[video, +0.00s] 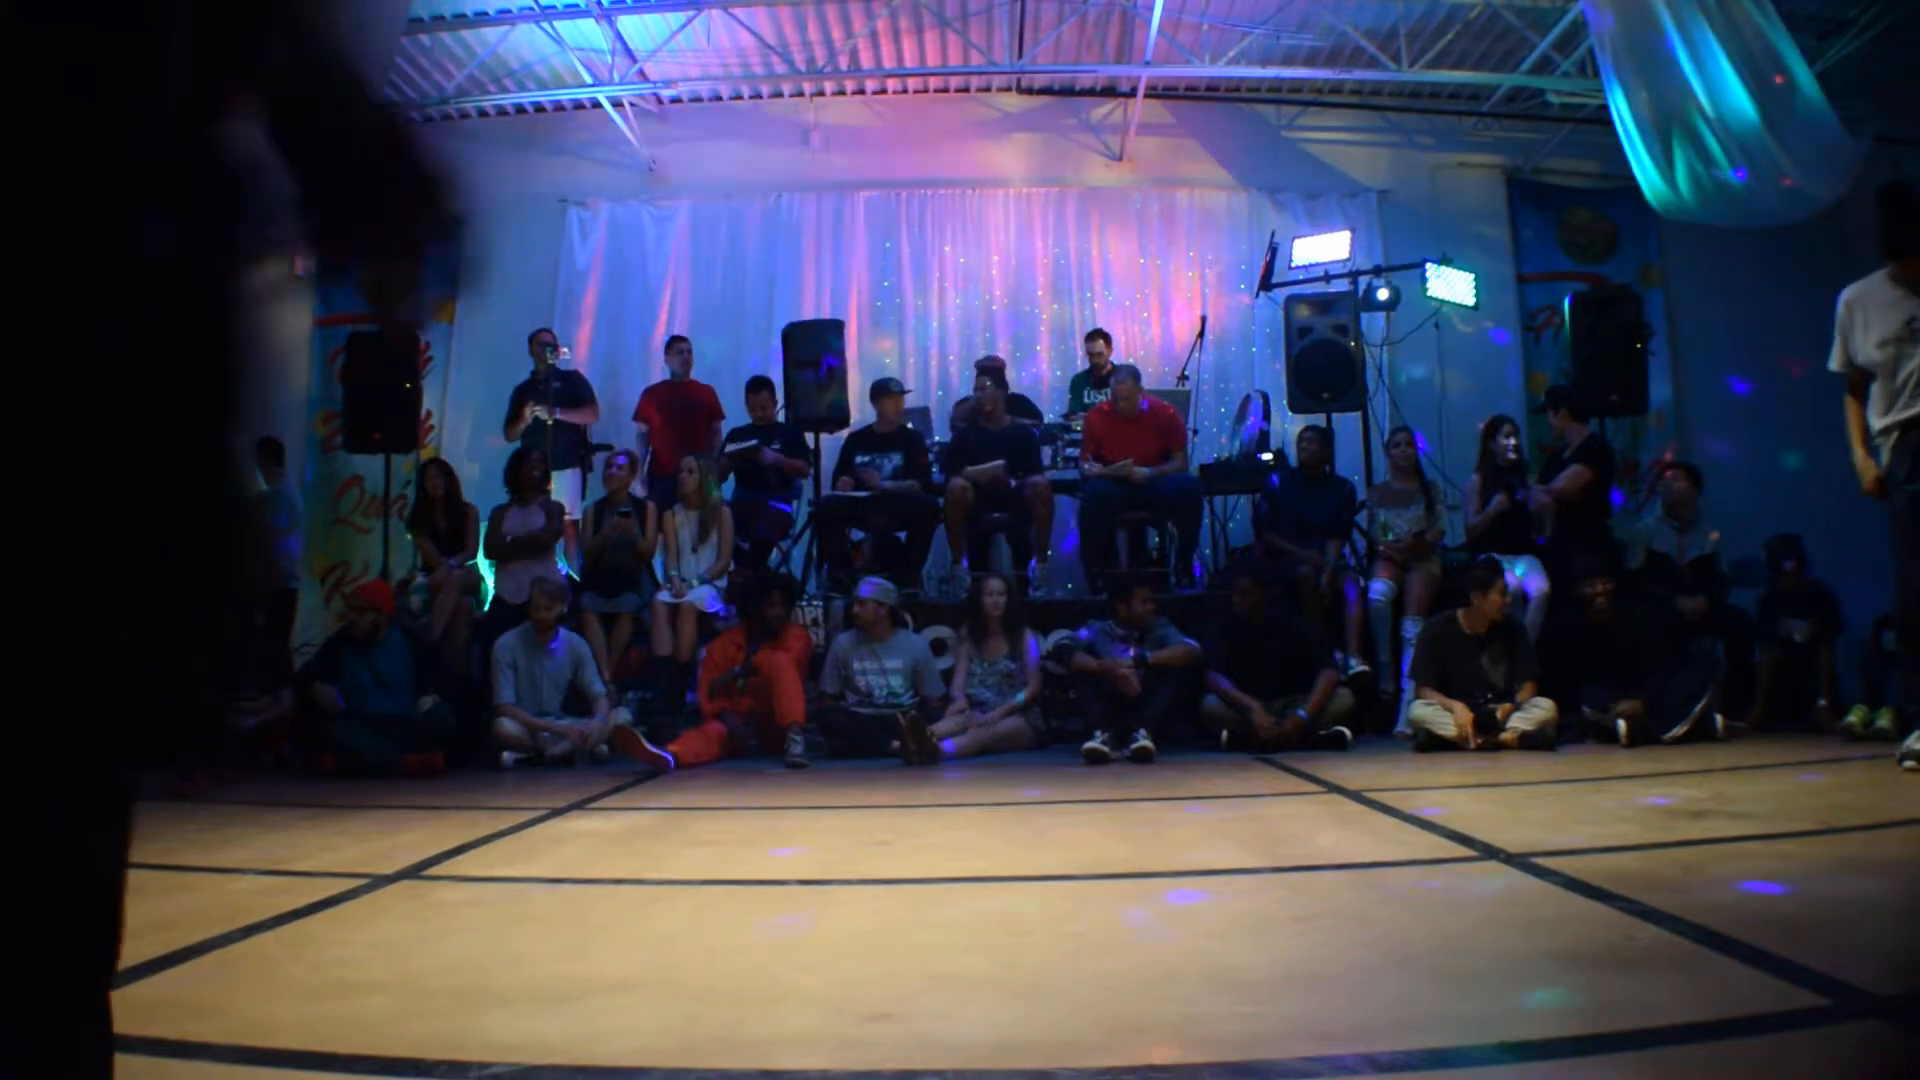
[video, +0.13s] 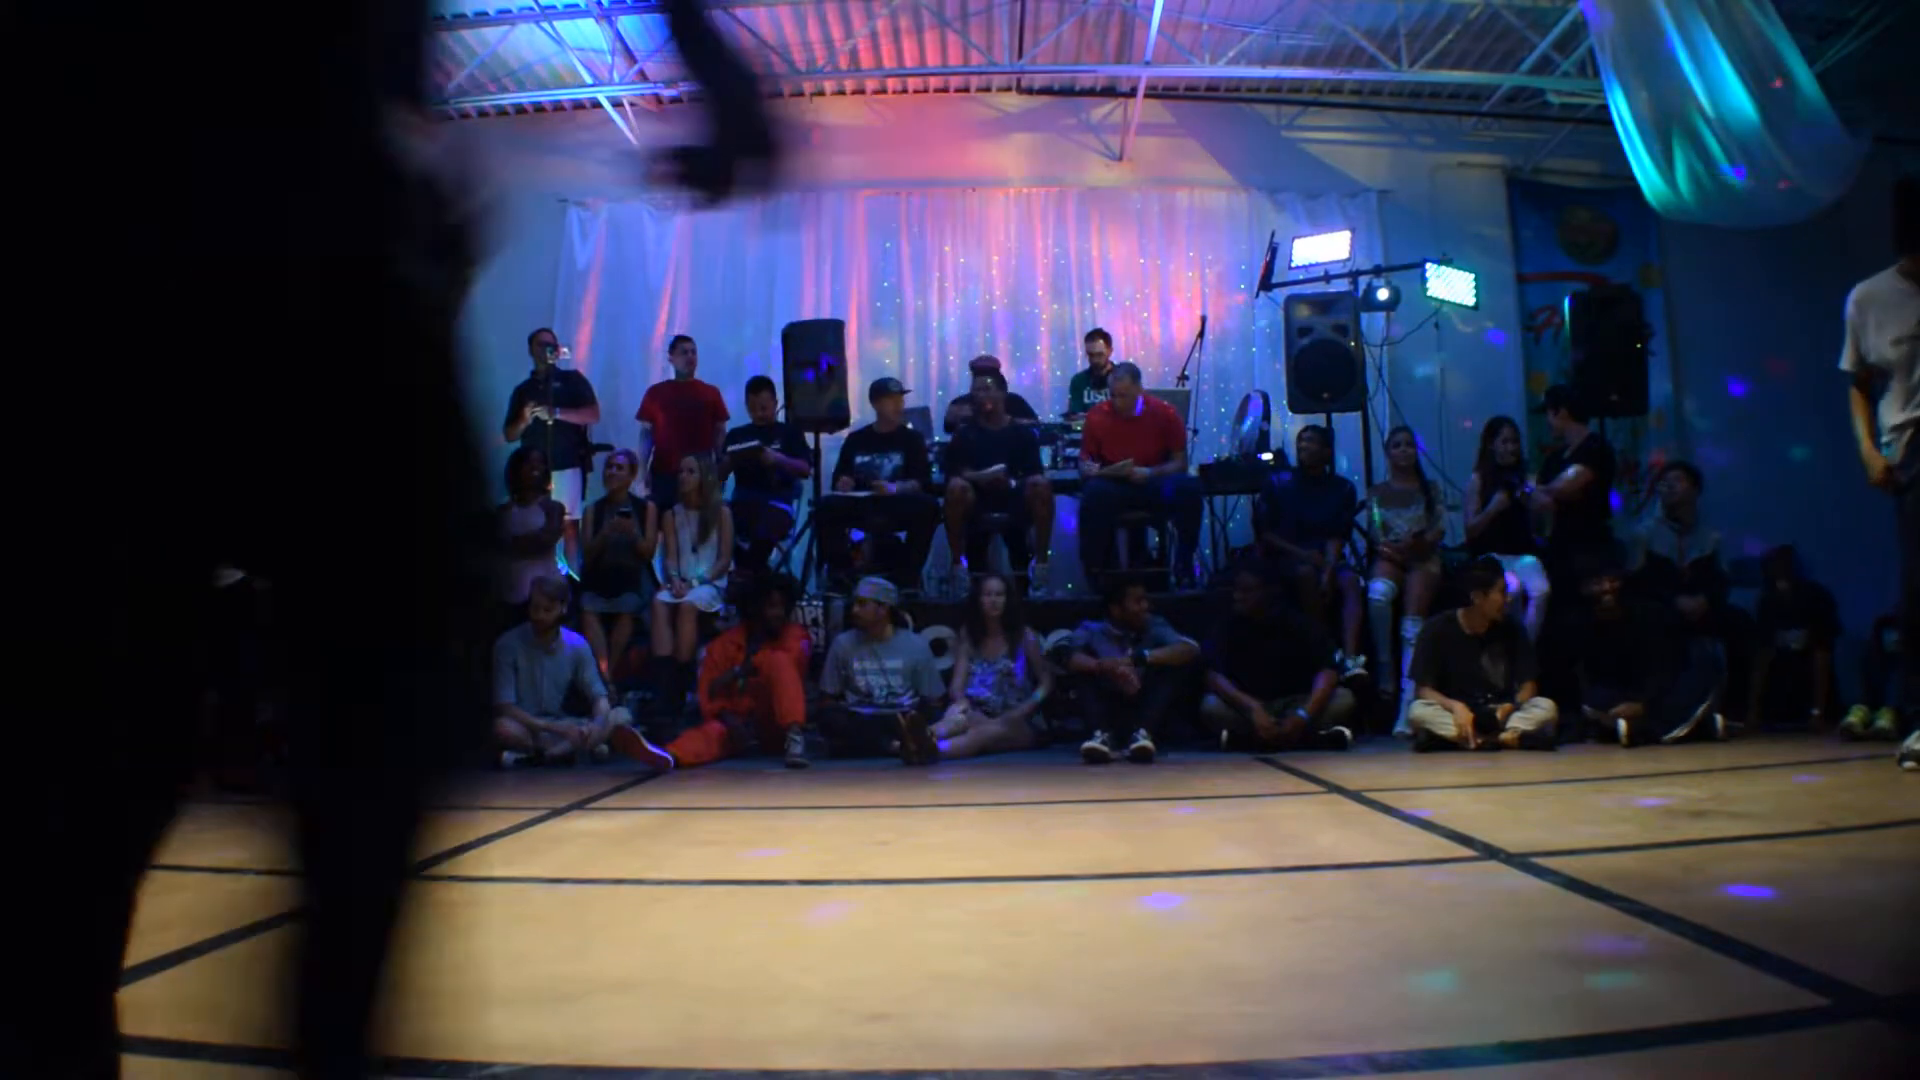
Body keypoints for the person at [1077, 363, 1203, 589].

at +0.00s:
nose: (1122, 405)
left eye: (1127, 399)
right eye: (1117, 399)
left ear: (1140, 392)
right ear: (1111, 393)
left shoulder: (1165, 414)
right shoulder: (1096, 416)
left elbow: (1180, 463)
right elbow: (1086, 464)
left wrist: (1150, 473)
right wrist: (1108, 471)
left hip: (1154, 482)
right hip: (1115, 483)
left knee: (1188, 490)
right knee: (1094, 495)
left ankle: (1184, 568)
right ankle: (1097, 575)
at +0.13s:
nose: (1118, 402)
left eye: (1124, 396)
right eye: (1113, 396)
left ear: (1139, 390)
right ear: (1108, 392)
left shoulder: (1164, 414)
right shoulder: (1097, 416)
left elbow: (1180, 462)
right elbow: (1086, 461)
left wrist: (1150, 473)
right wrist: (1103, 471)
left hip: (1153, 483)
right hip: (1116, 483)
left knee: (1189, 491)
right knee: (1094, 494)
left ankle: (1184, 568)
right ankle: (1096, 574)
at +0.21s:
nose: (1114, 399)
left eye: (1119, 393)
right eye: (1110, 393)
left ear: (1137, 388)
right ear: (1107, 390)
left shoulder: (1165, 415)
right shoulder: (1097, 417)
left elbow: (1179, 463)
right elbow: (1085, 461)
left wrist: (1148, 472)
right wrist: (1099, 469)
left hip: (1153, 484)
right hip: (1115, 483)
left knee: (1189, 490)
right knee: (1093, 493)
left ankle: (1184, 569)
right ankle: (1097, 574)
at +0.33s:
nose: (1108, 396)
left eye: (1114, 389)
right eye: (1106, 389)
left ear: (1134, 385)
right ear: (1104, 388)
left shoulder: (1163, 413)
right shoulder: (1096, 418)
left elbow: (1179, 462)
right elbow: (1086, 467)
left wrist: (1149, 472)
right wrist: (1111, 467)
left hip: (1153, 483)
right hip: (1114, 484)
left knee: (1189, 491)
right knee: (1091, 498)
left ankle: (1184, 569)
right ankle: (1097, 575)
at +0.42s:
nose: (1106, 394)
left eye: (1111, 387)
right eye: (1104, 388)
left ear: (1132, 384)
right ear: (1102, 388)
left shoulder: (1163, 413)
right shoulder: (1096, 418)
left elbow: (1178, 462)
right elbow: (1086, 466)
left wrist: (1149, 471)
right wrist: (1112, 466)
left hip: (1153, 483)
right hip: (1113, 484)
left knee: (1188, 491)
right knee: (1089, 497)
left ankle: (1184, 568)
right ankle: (1096, 574)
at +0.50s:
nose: (1105, 392)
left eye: (1110, 385)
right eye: (1103, 386)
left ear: (1130, 382)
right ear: (1101, 387)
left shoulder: (1162, 413)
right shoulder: (1096, 417)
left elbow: (1178, 461)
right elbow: (1086, 464)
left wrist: (1152, 470)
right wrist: (1111, 466)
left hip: (1151, 482)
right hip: (1112, 483)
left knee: (1188, 489)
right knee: (1088, 496)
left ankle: (1184, 566)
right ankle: (1097, 572)